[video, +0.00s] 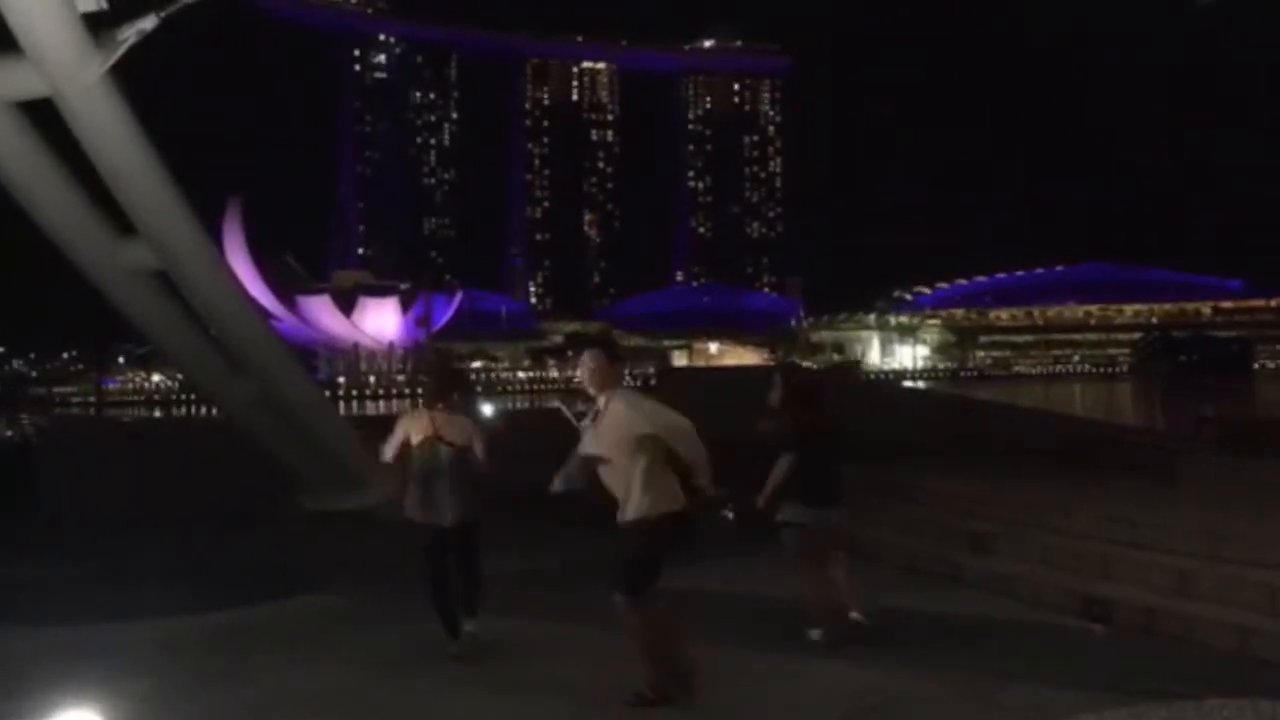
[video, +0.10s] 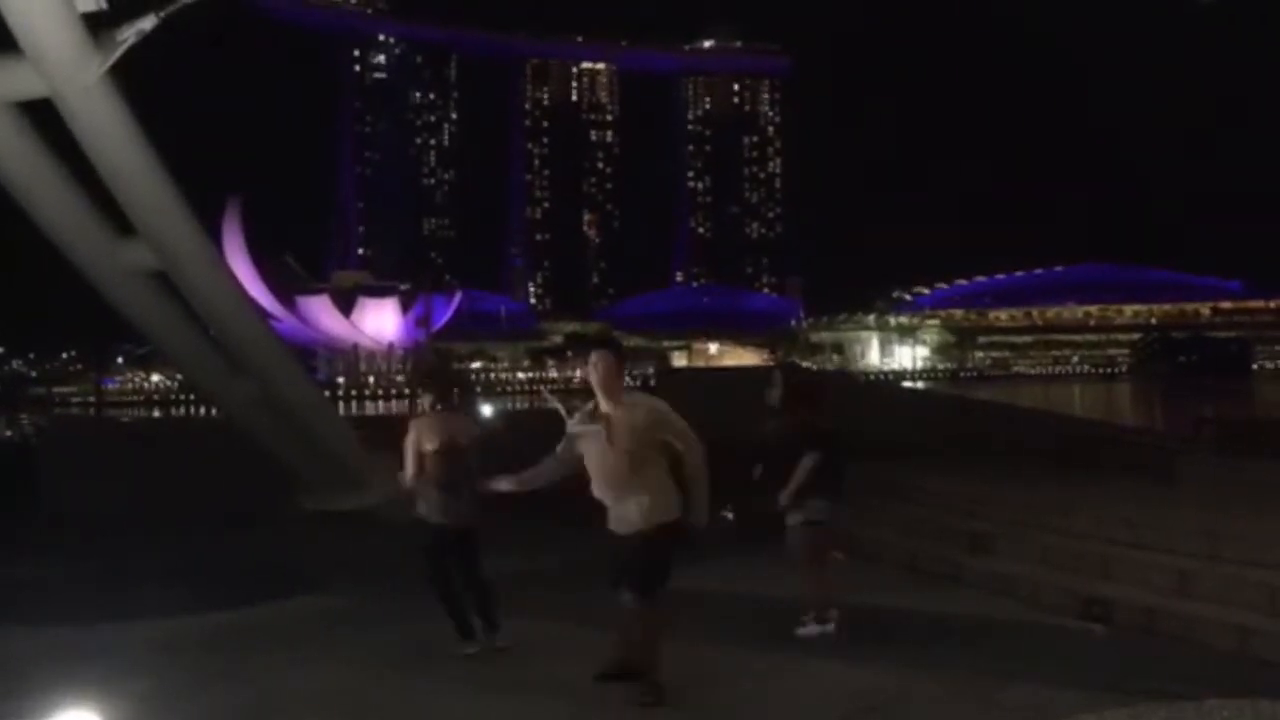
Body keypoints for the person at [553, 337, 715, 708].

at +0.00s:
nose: (585, 374)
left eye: (593, 366)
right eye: (582, 368)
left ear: (614, 368)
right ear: (581, 374)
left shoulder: (629, 404)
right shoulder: (599, 416)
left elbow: (682, 429)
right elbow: (584, 456)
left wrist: (703, 480)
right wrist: (561, 482)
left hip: (659, 511)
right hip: (635, 513)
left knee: (631, 595)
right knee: (636, 595)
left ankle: (661, 682)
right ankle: (671, 674)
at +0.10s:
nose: (598, 372)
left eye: (605, 364)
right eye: (593, 365)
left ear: (620, 370)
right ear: (587, 372)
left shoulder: (648, 409)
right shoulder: (584, 423)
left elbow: (692, 449)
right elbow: (558, 463)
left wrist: (699, 507)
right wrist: (517, 482)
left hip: (658, 515)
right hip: (618, 519)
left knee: (642, 596)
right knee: (627, 595)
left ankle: (647, 673)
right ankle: (629, 662)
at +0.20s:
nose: (613, 388)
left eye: (620, 381)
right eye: (607, 381)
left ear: (635, 388)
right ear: (599, 390)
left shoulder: (659, 434)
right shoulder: (587, 437)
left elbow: (675, 490)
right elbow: (549, 483)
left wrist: (685, 537)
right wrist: (500, 512)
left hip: (653, 541)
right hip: (607, 544)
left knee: (649, 607)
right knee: (608, 608)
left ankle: (643, 675)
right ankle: (612, 662)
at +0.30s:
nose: (629, 396)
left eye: (636, 389)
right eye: (623, 388)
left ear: (649, 395)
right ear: (613, 393)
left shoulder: (662, 443)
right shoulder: (594, 437)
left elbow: (657, 506)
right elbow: (558, 481)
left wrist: (644, 556)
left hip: (646, 541)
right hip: (602, 543)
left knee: (652, 606)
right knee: (602, 607)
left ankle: (643, 675)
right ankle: (606, 661)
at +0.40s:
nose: (628, 400)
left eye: (636, 393)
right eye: (623, 393)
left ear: (648, 397)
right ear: (613, 396)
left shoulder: (662, 442)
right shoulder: (596, 436)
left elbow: (651, 503)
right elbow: (570, 480)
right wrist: (584, 531)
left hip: (651, 529)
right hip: (606, 530)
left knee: (661, 598)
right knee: (597, 595)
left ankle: (645, 673)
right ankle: (602, 658)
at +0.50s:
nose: (615, 403)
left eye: (623, 396)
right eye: (611, 395)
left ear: (642, 398)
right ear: (606, 396)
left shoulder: (657, 441)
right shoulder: (599, 425)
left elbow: (636, 493)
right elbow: (585, 475)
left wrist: (583, 475)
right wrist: (571, 523)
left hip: (648, 529)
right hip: (604, 526)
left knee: (656, 601)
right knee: (585, 587)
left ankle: (647, 678)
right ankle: (599, 683)